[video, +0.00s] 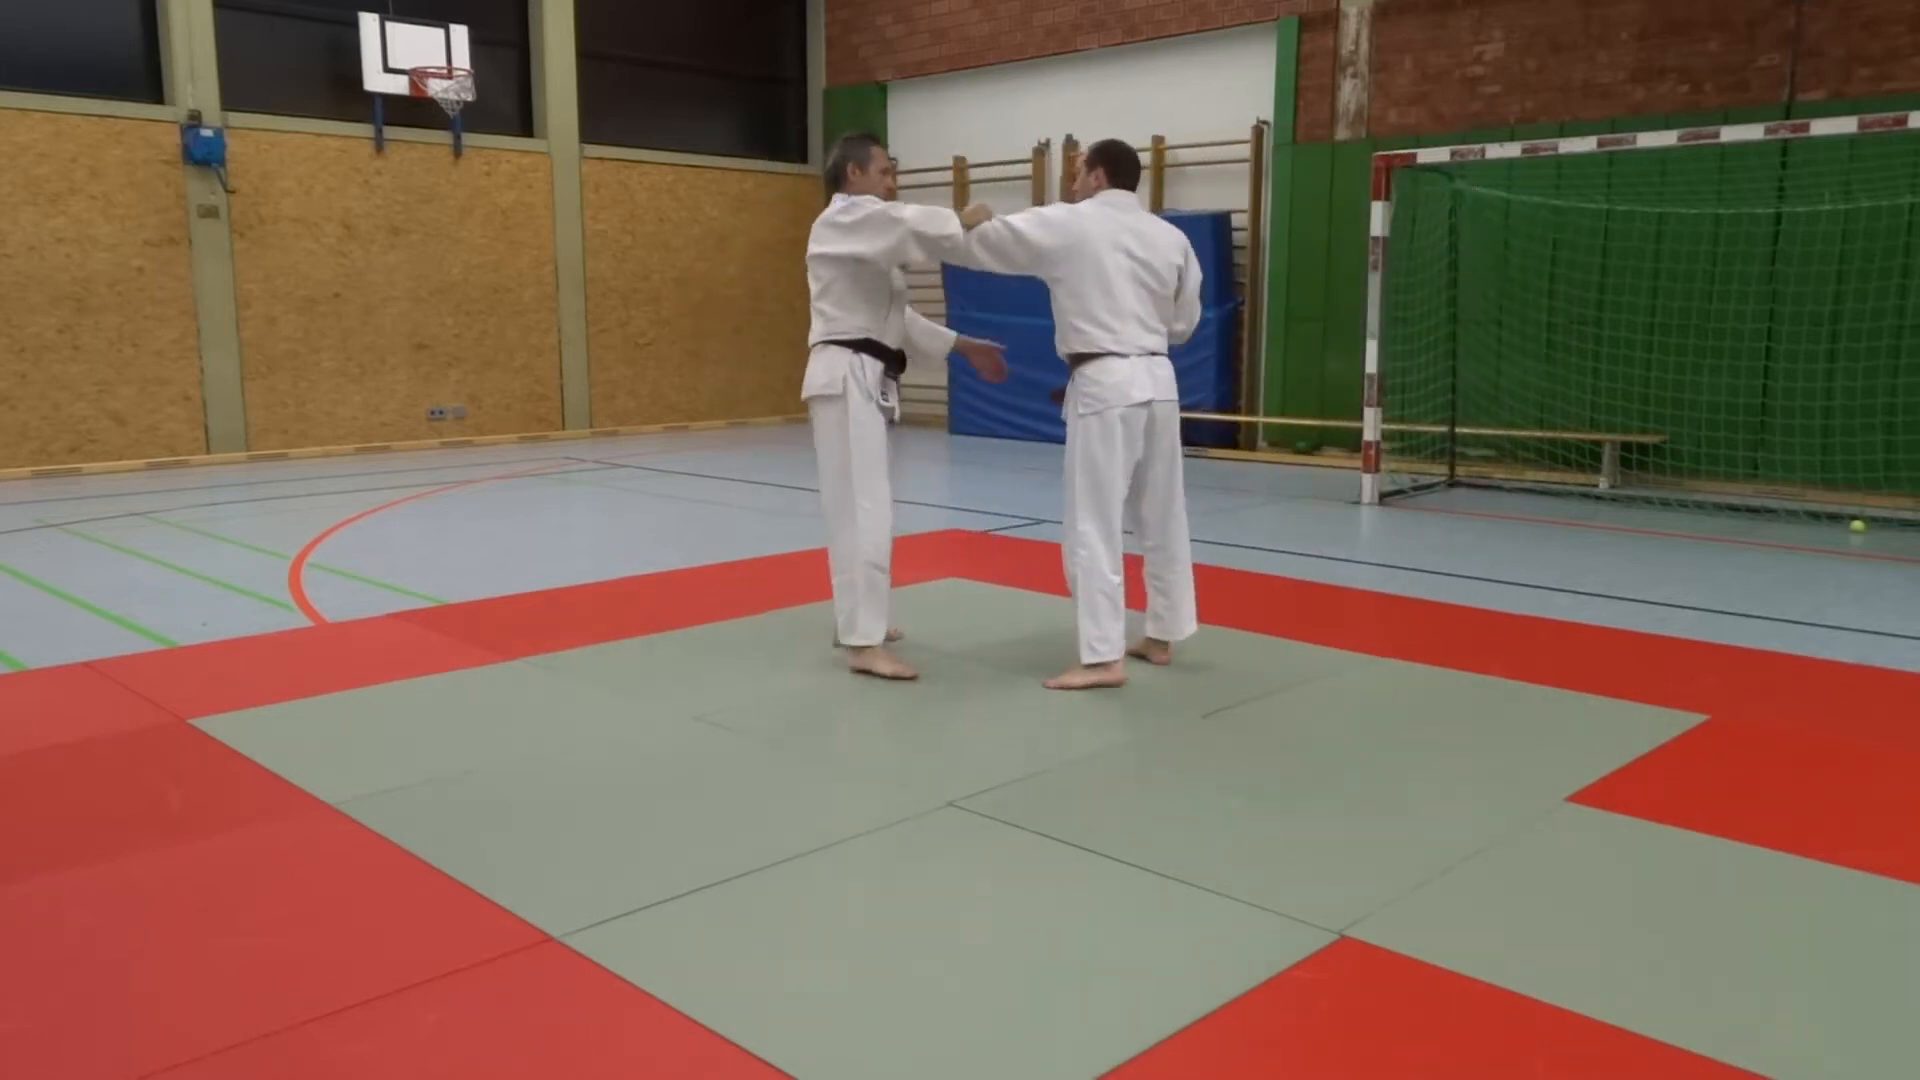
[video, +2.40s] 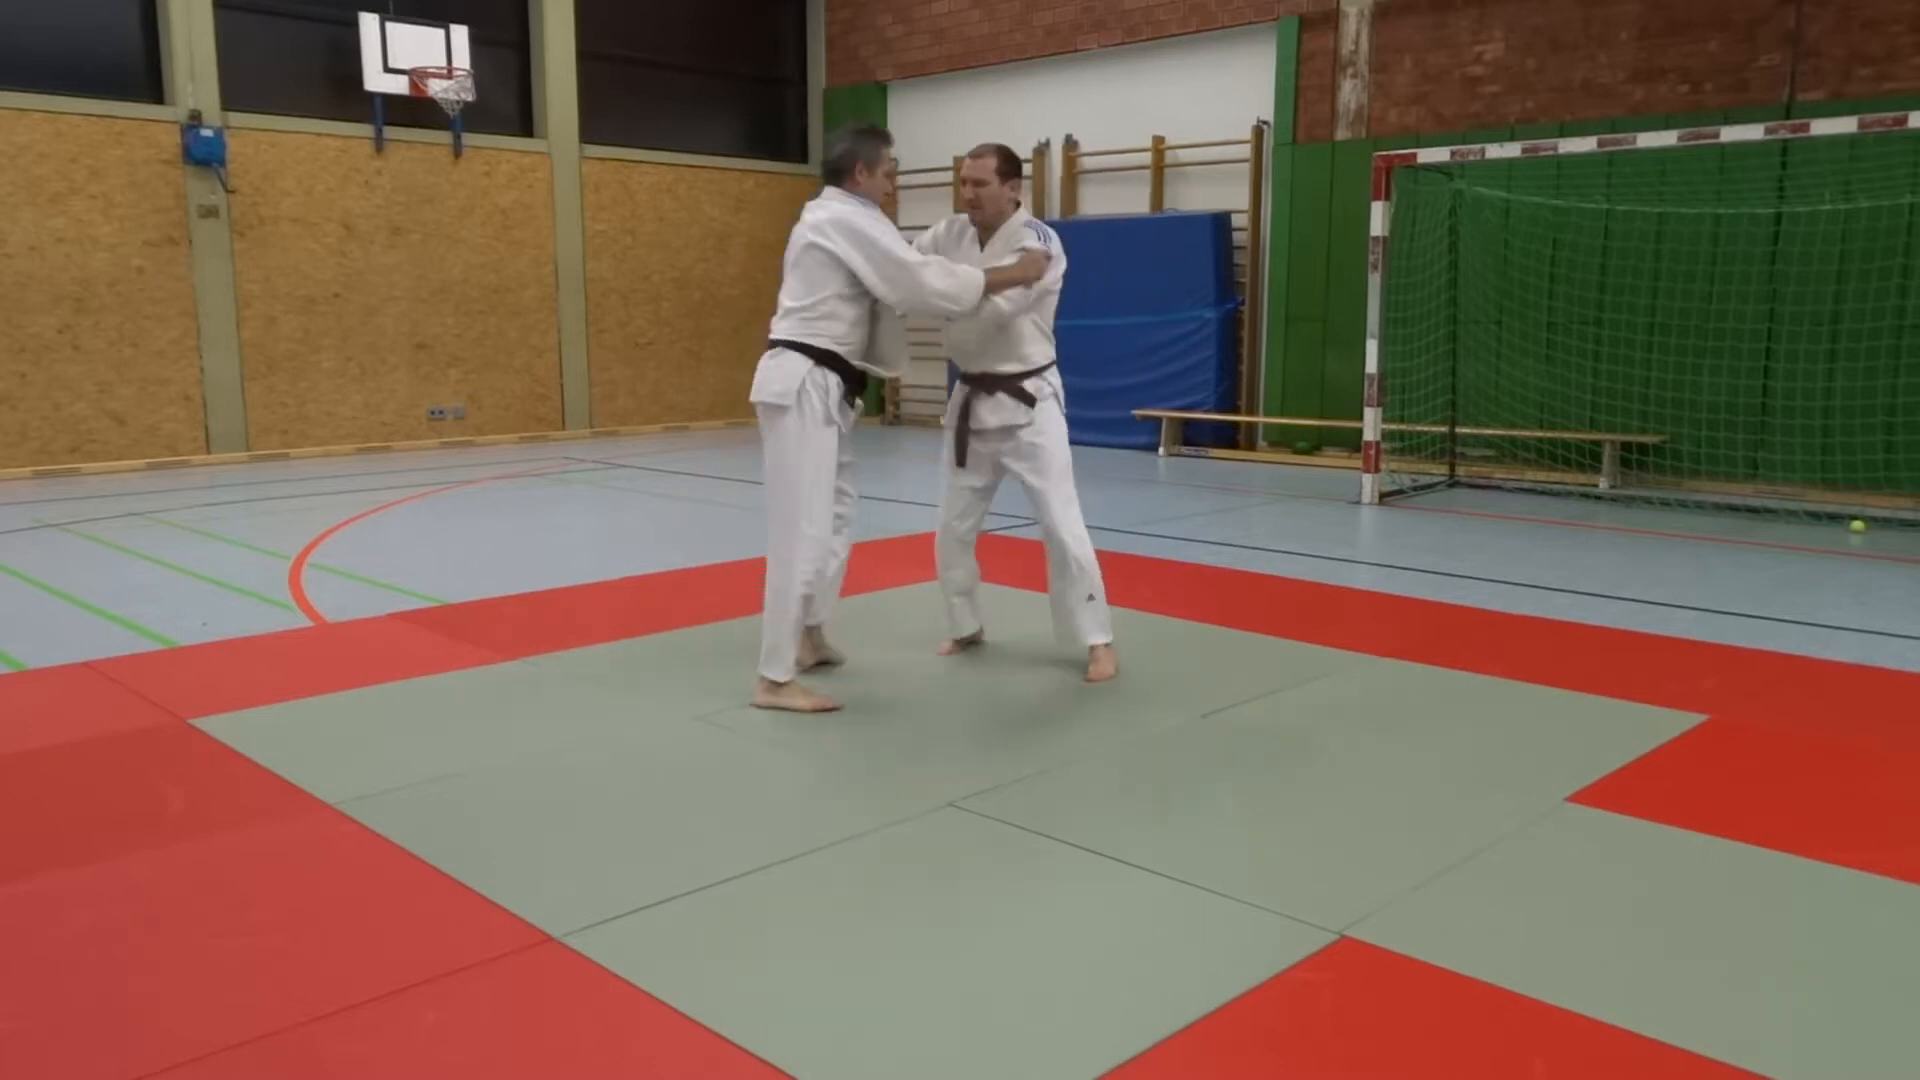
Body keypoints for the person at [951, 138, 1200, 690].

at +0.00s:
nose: (1073, 184)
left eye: (1077, 175)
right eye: (1075, 175)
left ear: (1097, 176)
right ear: (1132, 181)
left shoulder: (1067, 223)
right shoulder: (1170, 236)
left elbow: (982, 240)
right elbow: (1183, 324)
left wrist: (965, 221)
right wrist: (1132, 322)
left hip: (1102, 383)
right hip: (1160, 381)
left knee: (1093, 522)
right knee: (1163, 514)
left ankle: (1102, 658)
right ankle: (1162, 638)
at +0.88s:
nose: (1034, 185)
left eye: (1037, 176)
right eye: (1035, 176)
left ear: (1058, 177)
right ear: (1084, 180)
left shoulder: (1033, 222)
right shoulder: (1127, 242)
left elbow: (961, 256)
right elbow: (1134, 333)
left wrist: (893, 252)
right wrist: (1071, 353)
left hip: (1060, 385)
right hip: (1111, 383)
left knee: (1061, 526)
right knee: (1099, 522)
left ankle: (1093, 657)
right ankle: (1104, 641)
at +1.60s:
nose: (1030, 180)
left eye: (1037, 170)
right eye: (1032, 170)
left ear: (1066, 174)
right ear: (1083, 177)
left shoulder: (1052, 217)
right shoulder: (1124, 242)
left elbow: (989, 255)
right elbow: (1102, 317)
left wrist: (913, 248)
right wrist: (1026, 318)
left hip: (1082, 391)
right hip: (1112, 385)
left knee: (1084, 521)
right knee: (1098, 514)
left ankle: (1115, 651)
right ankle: (1097, 627)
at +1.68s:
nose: (1027, 179)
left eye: (1034, 170)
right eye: (1029, 170)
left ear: (1066, 174)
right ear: (1067, 176)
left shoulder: (1079, 218)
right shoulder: (1072, 224)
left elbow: (1012, 260)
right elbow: (1050, 328)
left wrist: (946, 252)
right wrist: (975, 349)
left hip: (1094, 393)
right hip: (1070, 393)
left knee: (1087, 525)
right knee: (1065, 520)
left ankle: (1115, 651)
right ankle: (1095, 628)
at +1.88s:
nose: (998, 192)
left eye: (1010, 184)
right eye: (997, 182)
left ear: (1044, 192)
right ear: (1000, 190)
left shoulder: (1075, 238)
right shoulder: (998, 253)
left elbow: (1028, 299)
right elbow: (971, 342)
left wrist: (962, 292)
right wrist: (895, 354)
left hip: (1082, 401)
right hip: (1024, 405)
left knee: (1107, 531)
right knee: (1000, 533)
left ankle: (1131, 653)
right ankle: (1041, 591)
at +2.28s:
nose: (971, 199)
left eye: (983, 190)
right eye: (965, 189)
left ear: (1012, 197)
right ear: (959, 195)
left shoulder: (1044, 251)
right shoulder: (946, 252)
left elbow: (1028, 312)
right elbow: (920, 306)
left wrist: (961, 295)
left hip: (1034, 403)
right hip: (972, 404)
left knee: (1062, 529)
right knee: (953, 539)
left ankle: (1103, 645)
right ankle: (966, 630)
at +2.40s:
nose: (968, 195)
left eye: (979, 185)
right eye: (963, 185)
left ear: (1013, 189)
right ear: (959, 188)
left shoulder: (1040, 245)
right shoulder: (951, 232)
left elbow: (1003, 308)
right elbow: (906, 272)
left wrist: (944, 281)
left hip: (1031, 400)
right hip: (971, 397)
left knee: (1062, 525)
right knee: (955, 527)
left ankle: (1099, 641)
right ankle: (966, 629)